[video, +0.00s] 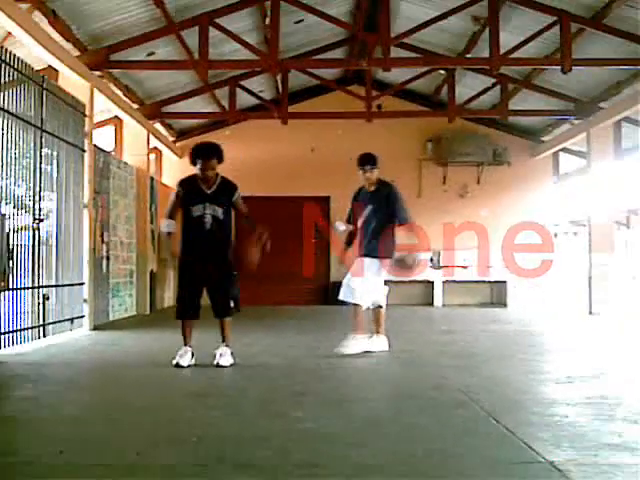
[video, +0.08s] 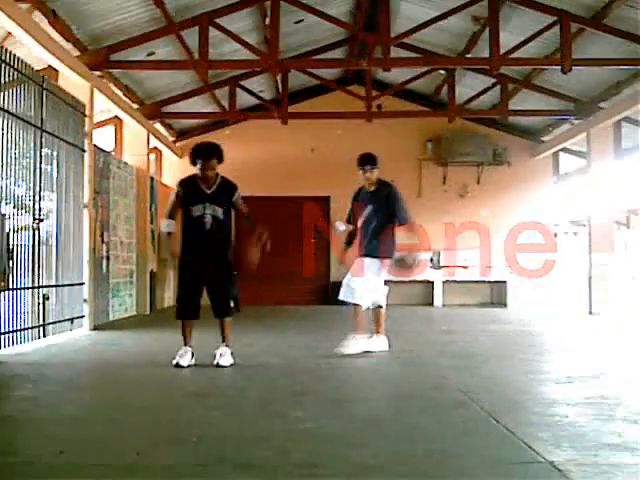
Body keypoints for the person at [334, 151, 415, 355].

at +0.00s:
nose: (368, 175)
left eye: (371, 171)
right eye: (364, 171)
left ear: (377, 170)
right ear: (360, 172)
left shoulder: (389, 191)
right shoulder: (359, 194)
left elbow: (404, 222)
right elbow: (353, 225)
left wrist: (414, 251)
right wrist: (346, 247)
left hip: (379, 253)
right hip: (363, 252)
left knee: (355, 289)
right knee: (377, 294)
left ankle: (358, 335)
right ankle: (380, 337)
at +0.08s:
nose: (368, 175)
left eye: (371, 171)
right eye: (364, 171)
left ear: (377, 170)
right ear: (360, 172)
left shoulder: (389, 191)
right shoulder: (359, 194)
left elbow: (404, 222)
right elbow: (353, 225)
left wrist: (414, 251)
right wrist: (346, 247)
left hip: (379, 253)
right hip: (363, 252)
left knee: (354, 288)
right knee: (377, 293)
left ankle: (358, 335)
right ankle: (380, 337)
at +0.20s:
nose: (380, 176)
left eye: (383, 171)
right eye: (376, 172)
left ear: (389, 171)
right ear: (372, 173)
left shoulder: (401, 190)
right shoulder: (371, 197)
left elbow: (421, 203)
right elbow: (359, 219)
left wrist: (436, 194)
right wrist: (339, 226)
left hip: (393, 254)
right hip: (375, 254)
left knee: (380, 296)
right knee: (368, 297)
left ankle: (412, 335)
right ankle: (379, 338)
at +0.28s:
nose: (385, 174)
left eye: (388, 169)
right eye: (382, 170)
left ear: (395, 170)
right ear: (378, 173)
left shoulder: (411, 188)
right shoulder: (378, 196)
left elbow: (437, 193)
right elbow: (363, 215)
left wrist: (456, 186)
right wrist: (330, 212)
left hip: (404, 255)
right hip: (384, 255)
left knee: (400, 300)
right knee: (376, 299)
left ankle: (424, 339)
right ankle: (380, 337)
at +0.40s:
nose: (393, 165)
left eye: (396, 160)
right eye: (389, 161)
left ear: (403, 161)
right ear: (385, 163)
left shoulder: (419, 179)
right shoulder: (385, 187)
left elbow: (444, 183)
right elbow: (368, 205)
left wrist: (460, 172)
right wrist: (339, 208)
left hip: (414, 248)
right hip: (393, 249)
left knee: (410, 295)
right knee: (390, 293)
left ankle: (424, 338)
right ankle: (394, 334)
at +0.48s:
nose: (400, 157)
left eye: (403, 153)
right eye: (396, 153)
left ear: (410, 152)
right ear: (391, 155)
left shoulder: (425, 171)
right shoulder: (390, 179)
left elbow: (451, 181)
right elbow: (377, 205)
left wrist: (465, 180)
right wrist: (351, 220)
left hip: (422, 239)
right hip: (399, 242)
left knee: (424, 287)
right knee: (404, 289)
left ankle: (434, 334)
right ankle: (410, 334)